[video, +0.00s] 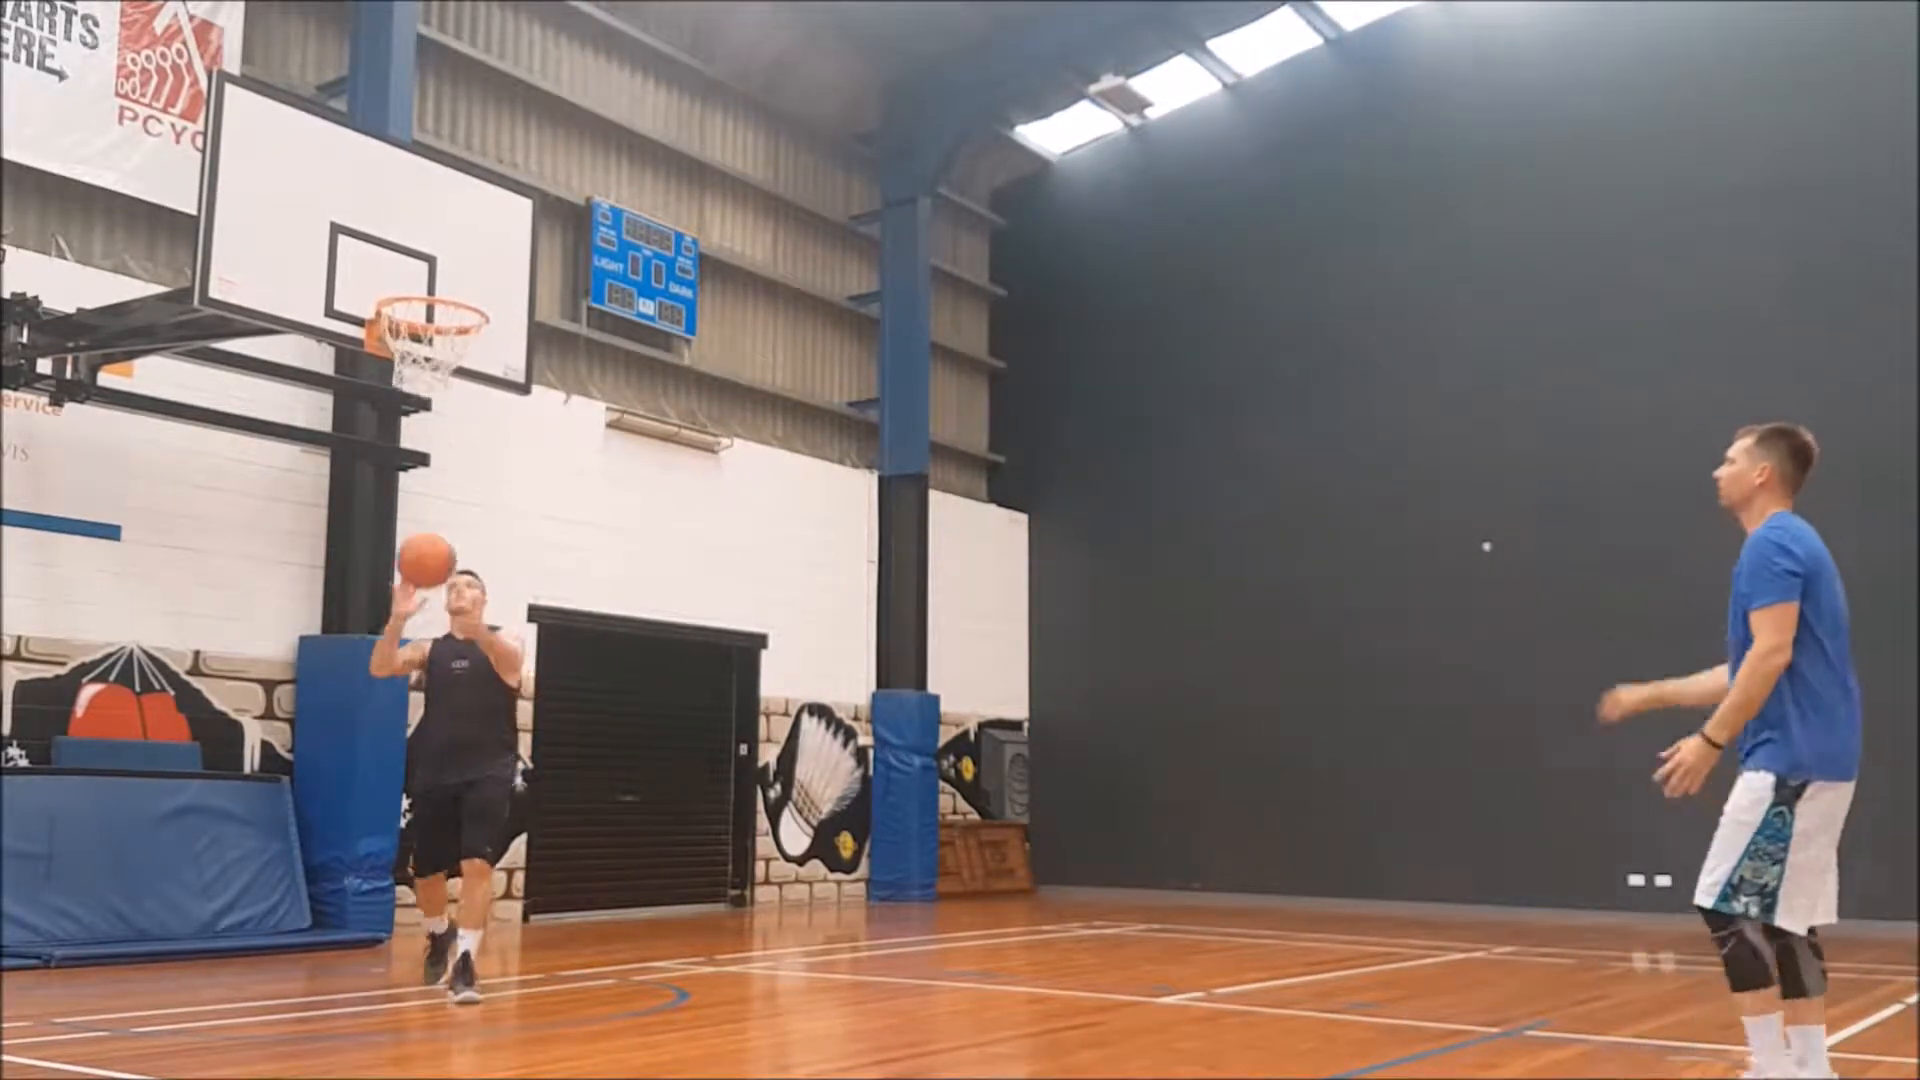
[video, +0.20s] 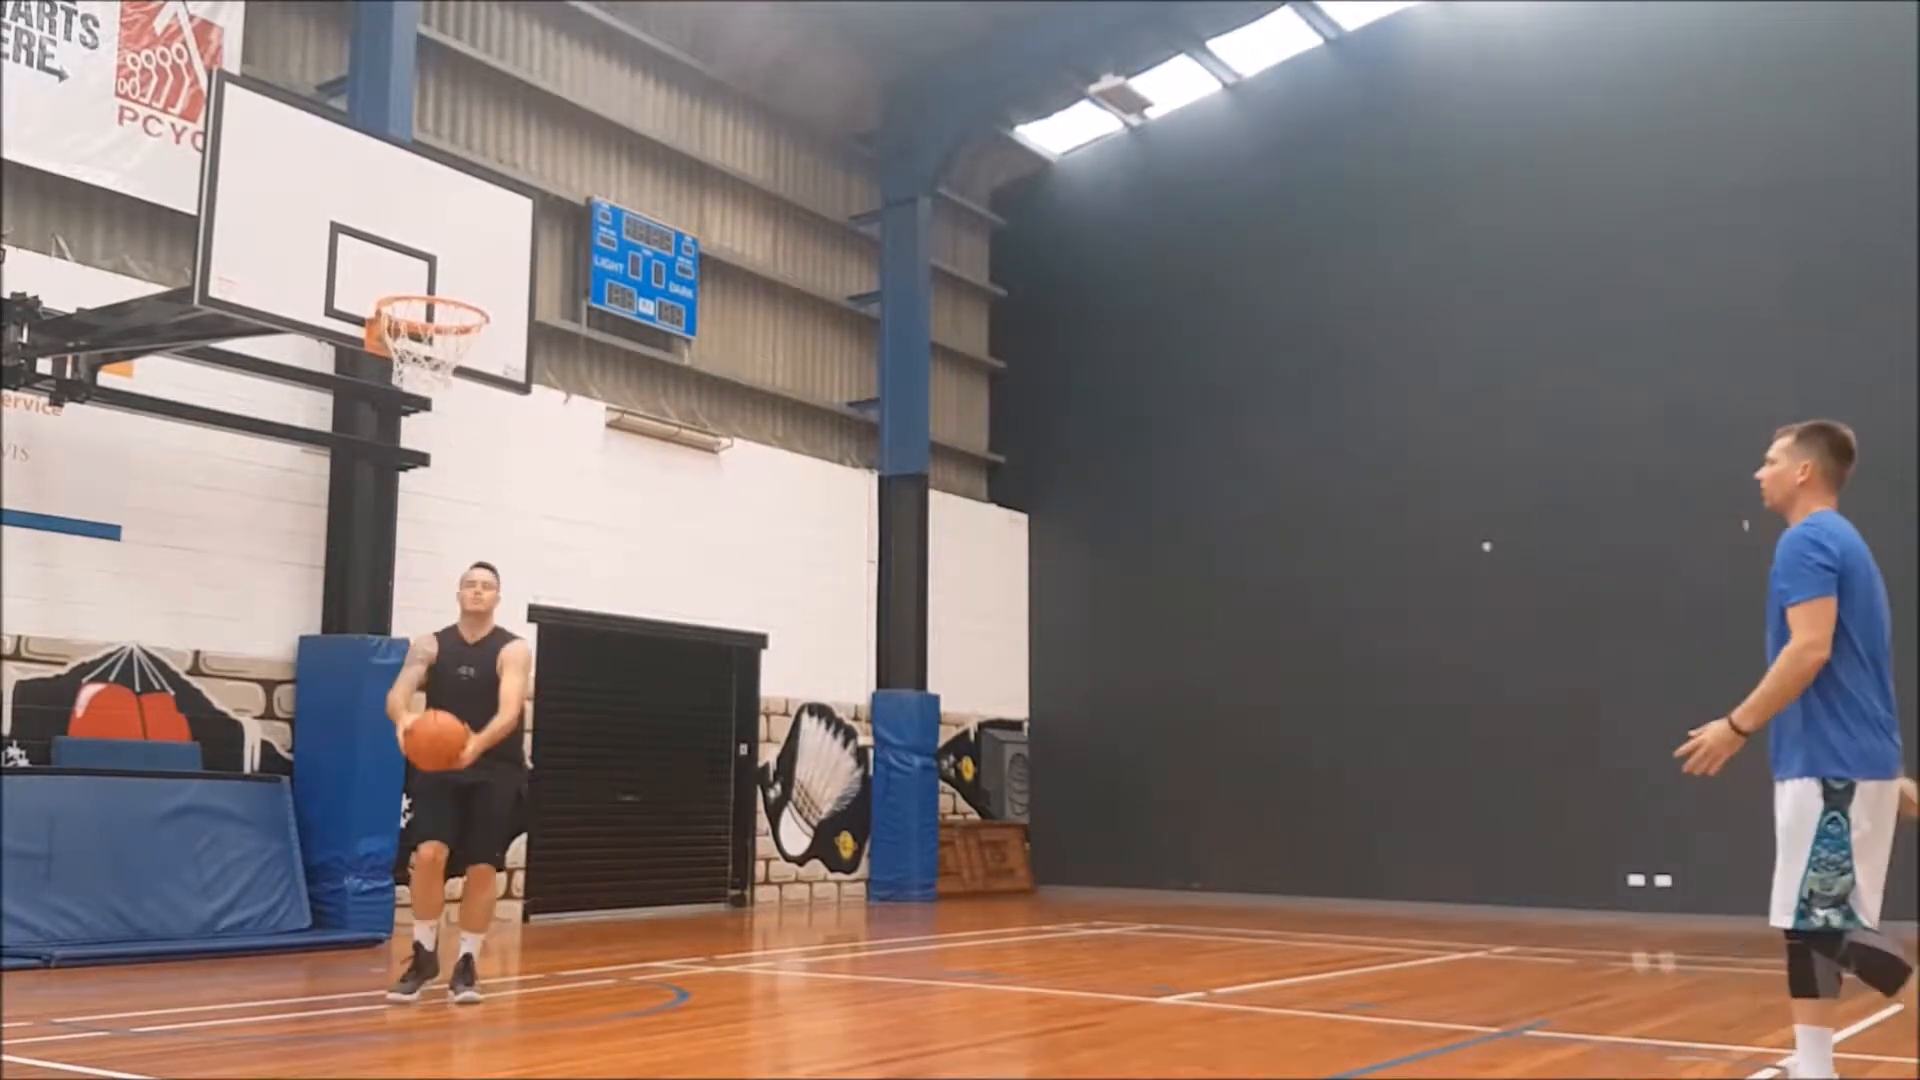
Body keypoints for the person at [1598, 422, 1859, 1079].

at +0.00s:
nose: (1717, 472)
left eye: (1728, 461)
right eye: (1722, 461)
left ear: (1762, 474)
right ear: (1767, 478)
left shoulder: (1771, 544)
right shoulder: (1792, 543)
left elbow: (1773, 654)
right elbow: (1744, 670)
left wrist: (1710, 741)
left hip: (1792, 759)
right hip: (1818, 759)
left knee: (1725, 904)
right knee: (1788, 918)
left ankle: (1772, 1066)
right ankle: (1810, 1065)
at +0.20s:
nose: (1759, 473)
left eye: (1770, 462)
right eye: (1764, 462)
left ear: (1804, 471)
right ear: (1815, 475)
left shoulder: (1807, 539)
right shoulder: (1844, 542)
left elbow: (1808, 648)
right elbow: (1858, 670)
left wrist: (1735, 726)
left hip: (1829, 766)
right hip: (1851, 763)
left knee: (1812, 920)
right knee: (1817, 918)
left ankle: (1813, 1067)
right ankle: (1809, 1062)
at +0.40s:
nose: (1806, 480)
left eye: (1816, 467)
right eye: (1811, 467)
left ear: (1852, 476)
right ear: (1861, 479)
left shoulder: (1849, 548)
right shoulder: (1897, 546)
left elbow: (1855, 659)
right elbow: (1871, 663)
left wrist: (1776, 734)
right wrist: (1782, 733)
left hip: (1890, 781)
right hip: (1870, 781)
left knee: (1907, 929)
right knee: (1840, 920)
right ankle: (1818, 1065)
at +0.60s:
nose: (1840, 477)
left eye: (1852, 464)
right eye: (1845, 464)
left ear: (1889, 472)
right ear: (1896, 474)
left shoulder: (1885, 550)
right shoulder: (1903, 544)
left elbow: (1879, 665)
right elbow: (1880, 665)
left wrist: (1793, 719)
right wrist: (1799, 719)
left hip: (1913, 783)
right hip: (1911, 781)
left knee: (1881, 903)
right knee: (1882, 903)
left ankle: (1916, 1057)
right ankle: (1913, 1057)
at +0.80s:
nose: (1860, 472)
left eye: (1871, 459)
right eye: (1863, 460)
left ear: (1906, 468)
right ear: (1904, 469)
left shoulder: (1902, 542)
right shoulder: (1906, 542)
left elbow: (1868, 654)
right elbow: (1906, 678)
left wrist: (1769, 664)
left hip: (1918, 773)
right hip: (1915, 771)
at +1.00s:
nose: (1841, 479)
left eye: (1852, 466)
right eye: (1845, 466)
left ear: (1890, 473)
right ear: (1894, 476)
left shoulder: (1897, 548)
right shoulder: (1902, 546)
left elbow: (1842, 654)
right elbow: (1846, 652)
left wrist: (1732, 639)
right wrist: (1755, 629)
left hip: (1911, 765)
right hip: (1909, 761)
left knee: (1846, 895)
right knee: (1851, 897)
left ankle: (1916, 1017)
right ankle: (1913, 1017)